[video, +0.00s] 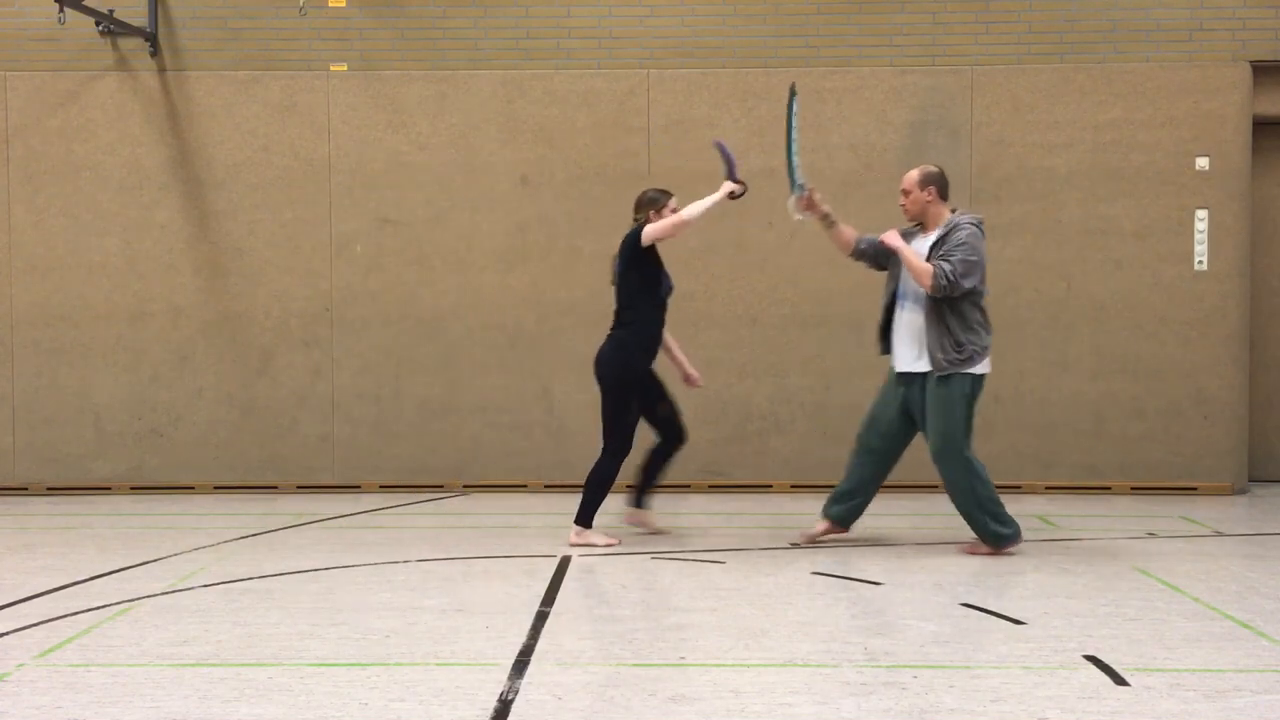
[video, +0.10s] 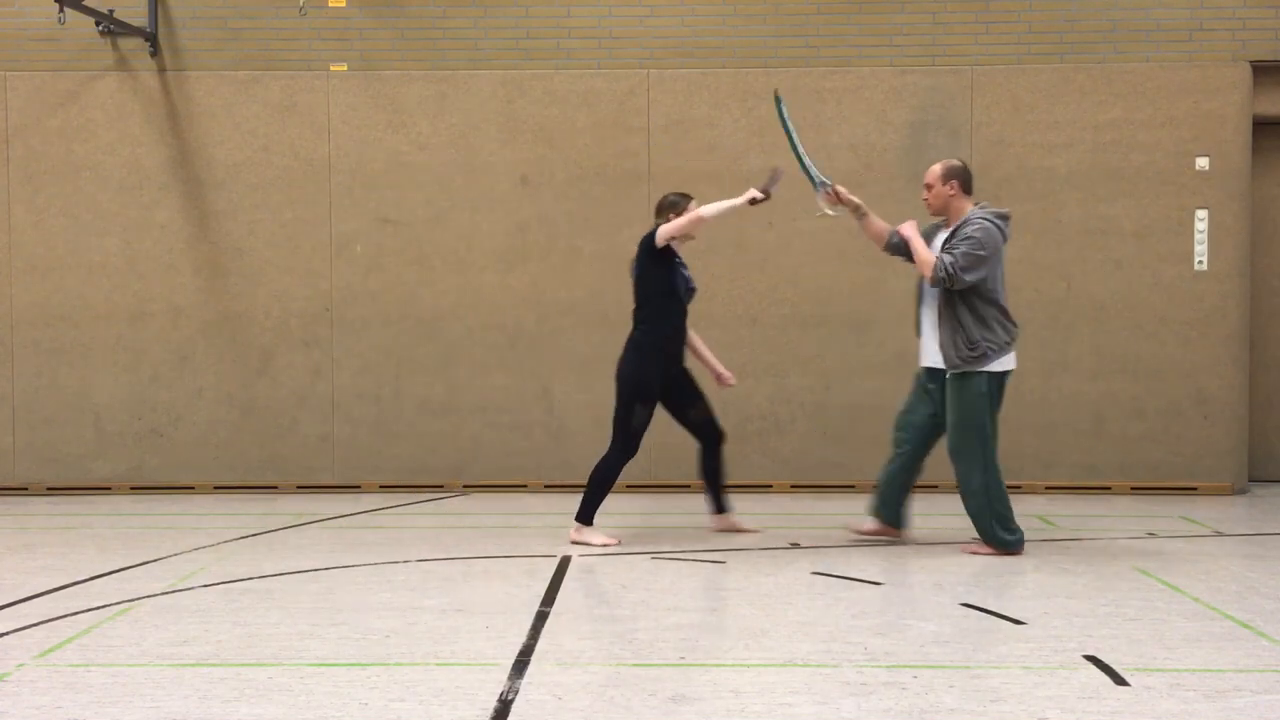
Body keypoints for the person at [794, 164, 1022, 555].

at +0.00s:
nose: (901, 201)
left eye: (906, 194)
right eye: (900, 194)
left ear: (931, 194)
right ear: (921, 196)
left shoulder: (965, 236)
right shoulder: (910, 239)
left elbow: (939, 283)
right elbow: (861, 249)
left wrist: (901, 249)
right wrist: (824, 215)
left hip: (952, 370)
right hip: (909, 370)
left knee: (950, 453)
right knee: (874, 443)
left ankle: (1001, 535)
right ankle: (838, 519)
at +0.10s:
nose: (924, 196)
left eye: (929, 188)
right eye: (924, 189)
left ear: (954, 189)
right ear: (950, 190)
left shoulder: (982, 232)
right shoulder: (939, 235)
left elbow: (940, 274)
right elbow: (893, 244)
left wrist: (914, 239)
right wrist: (855, 206)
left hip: (977, 366)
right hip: (938, 364)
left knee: (972, 453)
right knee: (910, 435)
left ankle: (1004, 539)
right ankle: (888, 520)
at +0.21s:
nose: (946, 192)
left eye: (950, 183)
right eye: (946, 184)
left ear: (974, 183)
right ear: (973, 184)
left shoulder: (996, 228)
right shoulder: (976, 227)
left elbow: (950, 272)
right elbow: (931, 255)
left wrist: (929, 233)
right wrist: (884, 228)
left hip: (998, 359)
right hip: (968, 358)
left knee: (987, 448)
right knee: (941, 436)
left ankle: (1004, 538)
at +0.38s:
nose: (977, 194)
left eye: (982, 187)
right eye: (977, 187)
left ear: (1004, 187)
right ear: (1008, 187)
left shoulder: (1020, 232)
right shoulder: (1030, 227)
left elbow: (974, 275)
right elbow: (984, 285)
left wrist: (959, 235)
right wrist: (938, 288)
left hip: (1022, 364)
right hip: (1051, 360)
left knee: (995, 446)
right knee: (1045, 438)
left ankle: (1003, 538)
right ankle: (1119, 509)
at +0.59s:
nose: (1005, 213)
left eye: (1009, 205)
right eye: (1005, 206)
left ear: (1031, 206)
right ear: (1035, 207)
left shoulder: (1048, 247)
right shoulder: (1058, 242)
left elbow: (1001, 288)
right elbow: (1025, 314)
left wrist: (990, 252)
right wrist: (977, 335)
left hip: (1064, 377)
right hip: (1090, 373)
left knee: (1000, 440)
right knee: (1101, 450)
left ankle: (1004, 538)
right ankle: (1178, 518)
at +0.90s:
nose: (991, 214)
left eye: (995, 206)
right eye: (991, 207)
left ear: (1016, 205)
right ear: (1021, 205)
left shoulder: (1033, 242)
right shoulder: (1042, 240)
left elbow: (990, 281)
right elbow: (1006, 311)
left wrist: (977, 251)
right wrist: (953, 327)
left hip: (1063, 370)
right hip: (1088, 364)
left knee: (999, 439)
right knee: (1095, 443)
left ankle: (1005, 538)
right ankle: (1173, 518)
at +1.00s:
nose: (975, 207)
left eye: (979, 199)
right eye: (975, 200)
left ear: (1001, 198)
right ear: (1004, 200)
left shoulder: (1023, 236)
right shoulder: (1016, 238)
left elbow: (978, 276)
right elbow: (971, 297)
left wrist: (961, 238)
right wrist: (914, 299)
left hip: (1039, 367)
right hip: (1058, 363)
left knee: (989, 441)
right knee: (1075, 440)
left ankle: (1005, 538)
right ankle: (1151, 507)